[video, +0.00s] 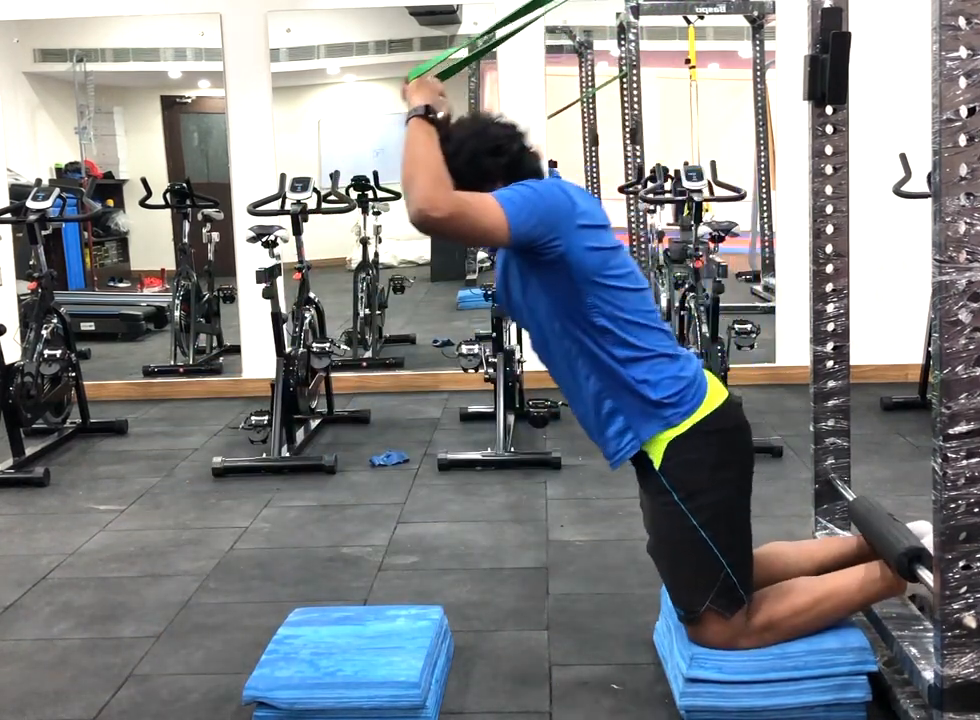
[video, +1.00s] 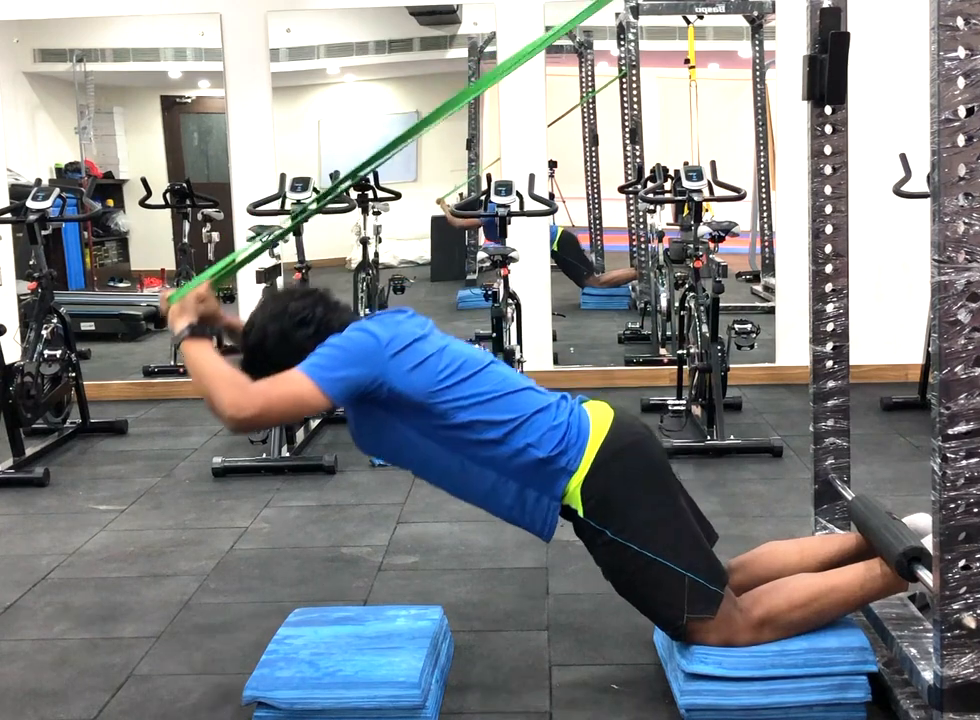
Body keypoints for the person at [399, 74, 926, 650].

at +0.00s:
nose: (457, 205)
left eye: (458, 193)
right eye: (450, 193)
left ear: (484, 185)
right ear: (510, 159)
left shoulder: (550, 203)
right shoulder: (538, 216)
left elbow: (433, 207)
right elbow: (443, 206)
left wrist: (419, 115)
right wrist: (430, 120)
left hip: (687, 435)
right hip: (670, 433)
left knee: (723, 627)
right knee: (715, 580)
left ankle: (901, 576)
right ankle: (871, 542)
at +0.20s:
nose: (412, 240)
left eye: (412, 227)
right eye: (406, 227)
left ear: (437, 211)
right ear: (457, 193)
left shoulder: (505, 227)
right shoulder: (500, 232)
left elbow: (382, 235)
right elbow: (391, 237)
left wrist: (367, 147)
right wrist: (376, 155)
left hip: (667, 435)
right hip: (658, 429)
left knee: (721, 625)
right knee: (717, 583)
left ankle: (903, 572)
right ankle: (873, 543)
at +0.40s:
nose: (372, 276)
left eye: (369, 260)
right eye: (365, 260)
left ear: (397, 248)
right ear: (416, 217)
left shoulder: (464, 254)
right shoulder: (471, 253)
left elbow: (340, 275)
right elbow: (353, 271)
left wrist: (318, 189)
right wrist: (328, 191)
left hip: (648, 445)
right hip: (647, 431)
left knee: (723, 626)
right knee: (720, 583)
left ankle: (910, 572)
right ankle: (866, 539)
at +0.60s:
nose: (339, 306)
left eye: (338, 291)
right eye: (333, 293)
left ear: (365, 277)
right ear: (384, 251)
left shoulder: (431, 283)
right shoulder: (442, 277)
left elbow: (303, 310)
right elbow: (319, 307)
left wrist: (275, 231)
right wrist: (289, 231)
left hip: (631, 453)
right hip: (632, 436)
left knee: (722, 628)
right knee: (714, 587)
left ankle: (899, 571)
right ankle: (860, 541)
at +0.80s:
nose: (311, 332)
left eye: (310, 316)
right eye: (305, 317)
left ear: (336, 300)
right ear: (355, 286)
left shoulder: (399, 309)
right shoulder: (412, 303)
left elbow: (266, 348)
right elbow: (287, 343)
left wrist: (232, 265)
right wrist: (254, 268)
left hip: (614, 464)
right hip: (613, 451)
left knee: (720, 629)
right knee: (708, 589)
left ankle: (904, 571)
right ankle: (865, 537)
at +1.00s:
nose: (296, 391)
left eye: (291, 375)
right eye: (289, 377)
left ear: (306, 348)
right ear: (323, 320)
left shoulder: (366, 342)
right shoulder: (382, 332)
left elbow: (243, 405)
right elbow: (262, 391)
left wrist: (189, 338)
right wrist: (205, 332)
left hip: (597, 472)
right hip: (599, 449)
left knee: (722, 631)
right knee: (716, 585)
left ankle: (905, 570)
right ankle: (865, 538)